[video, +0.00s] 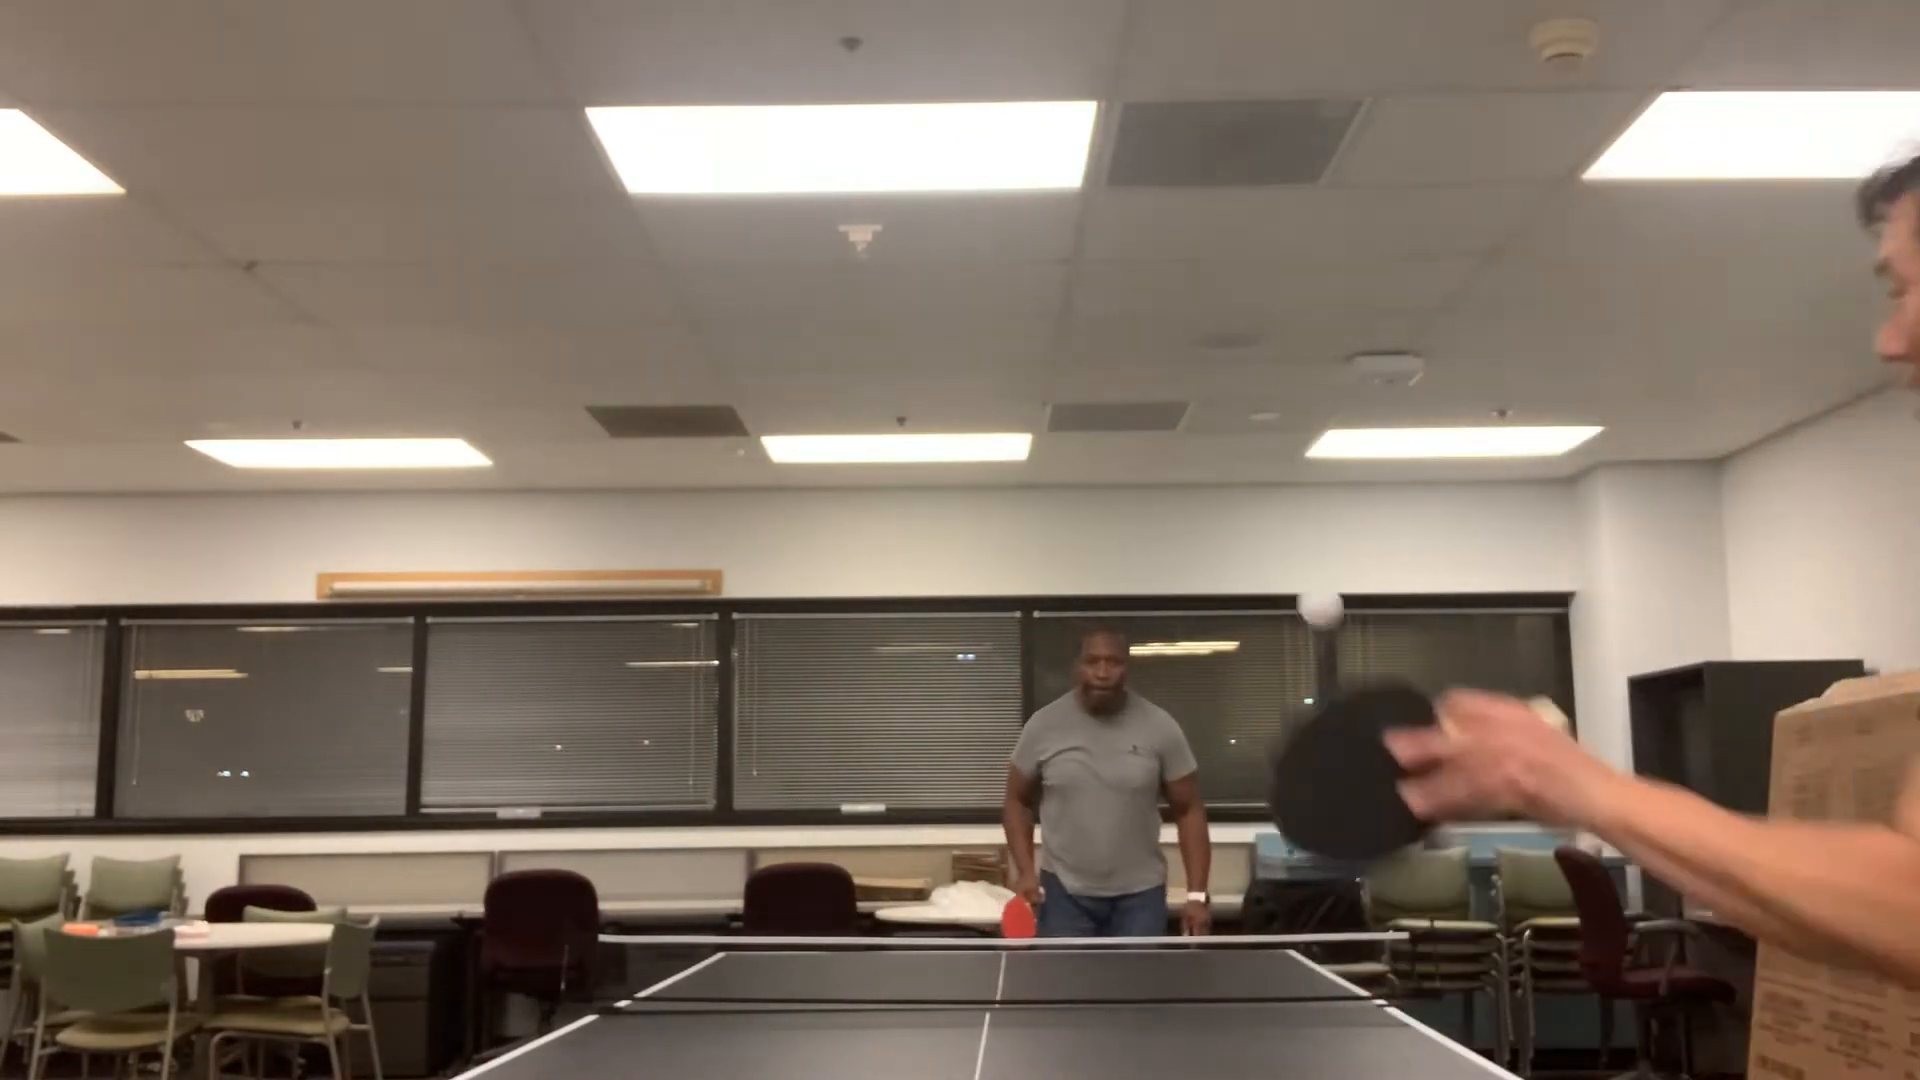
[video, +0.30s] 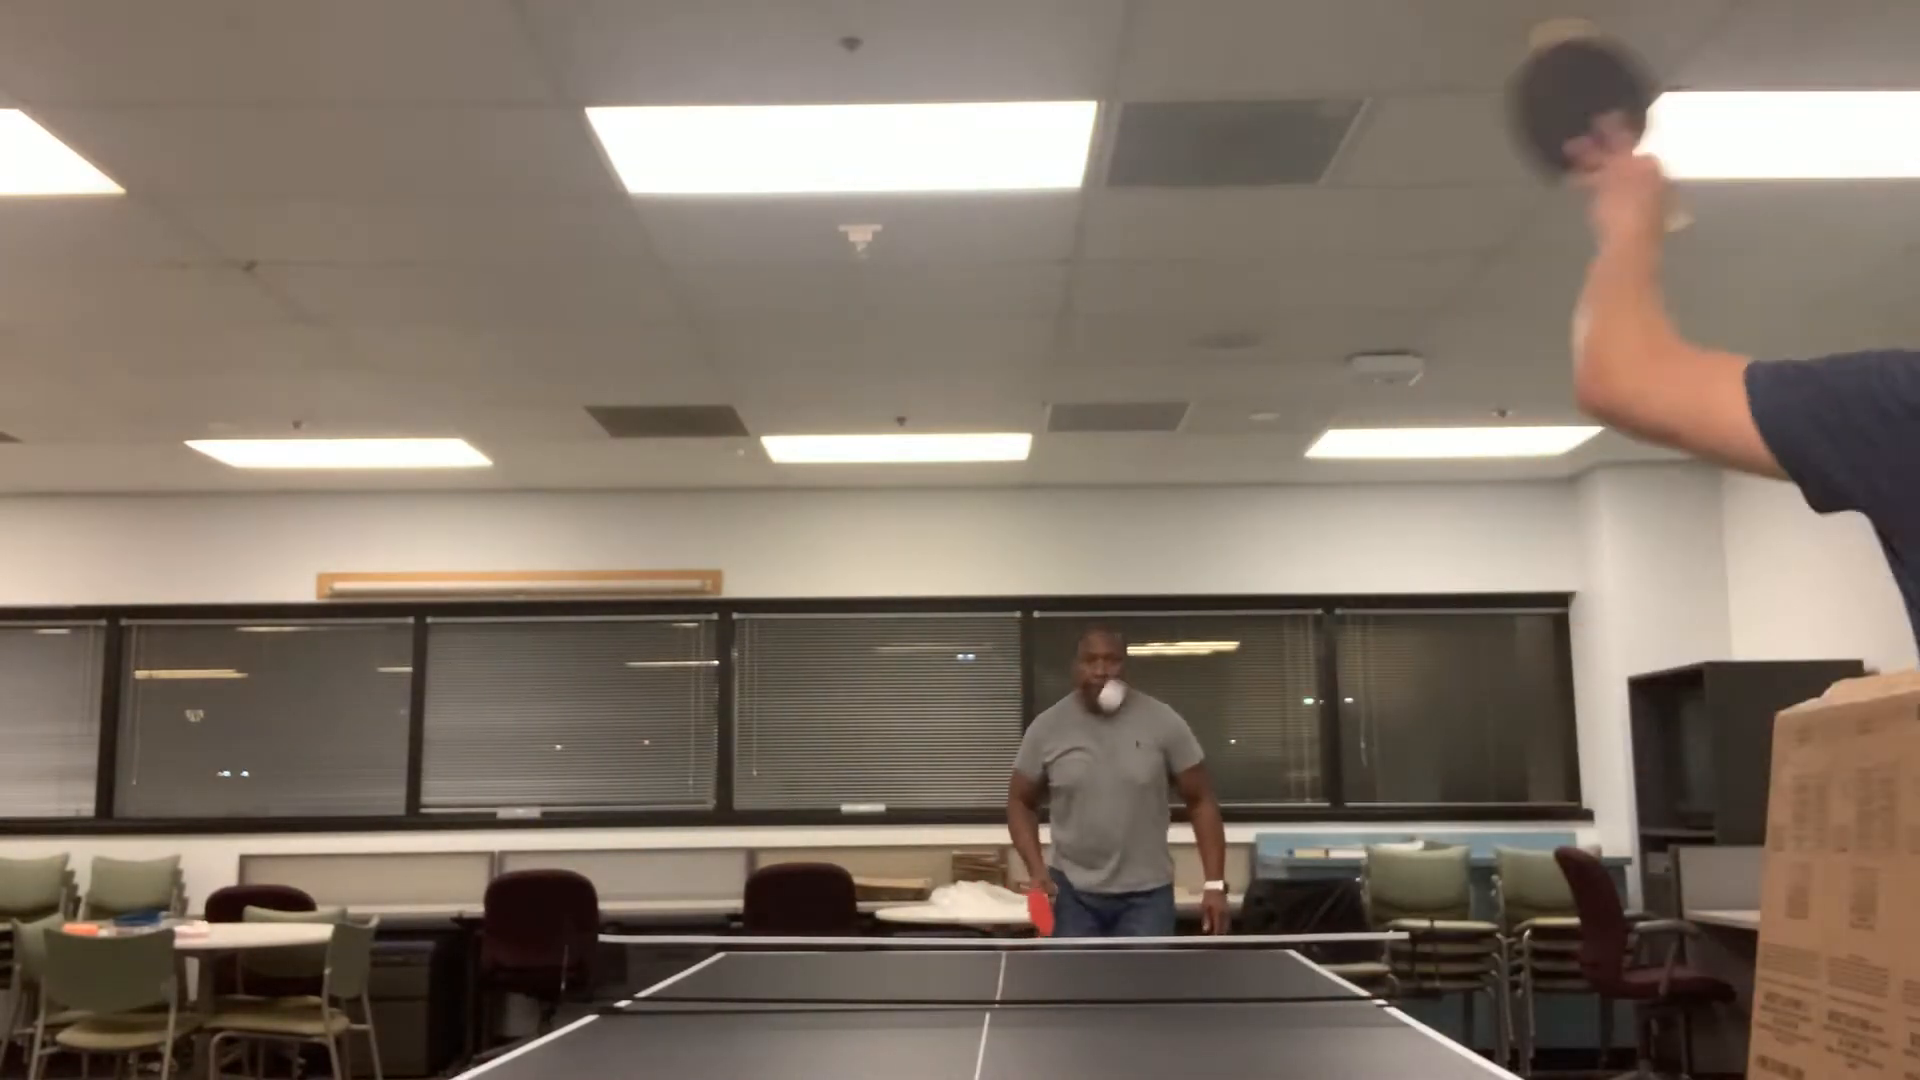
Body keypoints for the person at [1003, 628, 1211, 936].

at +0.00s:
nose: (1102, 673)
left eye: (1113, 662)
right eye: (1092, 662)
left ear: (1127, 668)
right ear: (1077, 667)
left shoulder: (1160, 728)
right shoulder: (1043, 725)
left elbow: (1189, 810)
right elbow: (1017, 801)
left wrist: (1197, 896)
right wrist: (1026, 873)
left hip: (1140, 895)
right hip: (1065, 893)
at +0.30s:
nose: (1100, 671)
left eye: (1110, 660)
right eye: (1090, 660)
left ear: (1124, 665)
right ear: (1075, 667)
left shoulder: (1162, 723)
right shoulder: (1047, 728)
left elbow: (1201, 802)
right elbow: (1020, 803)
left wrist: (1214, 885)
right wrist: (1037, 873)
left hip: (1147, 894)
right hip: (1074, 894)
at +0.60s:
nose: (1089, 693)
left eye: (1099, 682)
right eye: (1080, 683)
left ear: (1116, 682)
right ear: (1068, 685)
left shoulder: (1159, 735)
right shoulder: (1041, 740)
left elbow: (1194, 812)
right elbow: (1024, 811)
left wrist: (1215, 895)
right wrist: (1030, 878)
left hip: (1151, 904)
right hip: (1071, 905)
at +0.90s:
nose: (1118, 679)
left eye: (1129, 670)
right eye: (1112, 668)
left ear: (1158, 665)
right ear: (1106, 661)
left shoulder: (1202, 694)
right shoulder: (1092, 692)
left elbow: (1261, 755)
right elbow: (1051, 746)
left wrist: (1305, 833)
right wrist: (1025, 778)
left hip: (1183, 879)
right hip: (1108, 878)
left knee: (1186, 993)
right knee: (1095, 990)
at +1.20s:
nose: (1150, 668)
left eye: (1162, 659)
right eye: (1143, 657)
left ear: (1186, 662)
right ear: (1133, 656)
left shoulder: (1220, 703)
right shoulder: (1110, 691)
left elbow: (1286, 760)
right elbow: (1056, 744)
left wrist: (1340, 826)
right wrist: (1045, 766)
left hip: (1187, 884)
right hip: (1112, 878)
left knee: (1186, 1007)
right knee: (1094, 994)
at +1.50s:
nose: (1133, 675)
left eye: (1143, 665)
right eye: (1123, 665)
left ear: (1157, 671)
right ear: (1108, 671)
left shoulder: (1188, 728)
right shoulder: (1073, 720)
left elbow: (1218, 805)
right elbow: (1035, 788)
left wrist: (1231, 888)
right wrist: (1063, 834)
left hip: (1161, 899)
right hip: (1086, 896)